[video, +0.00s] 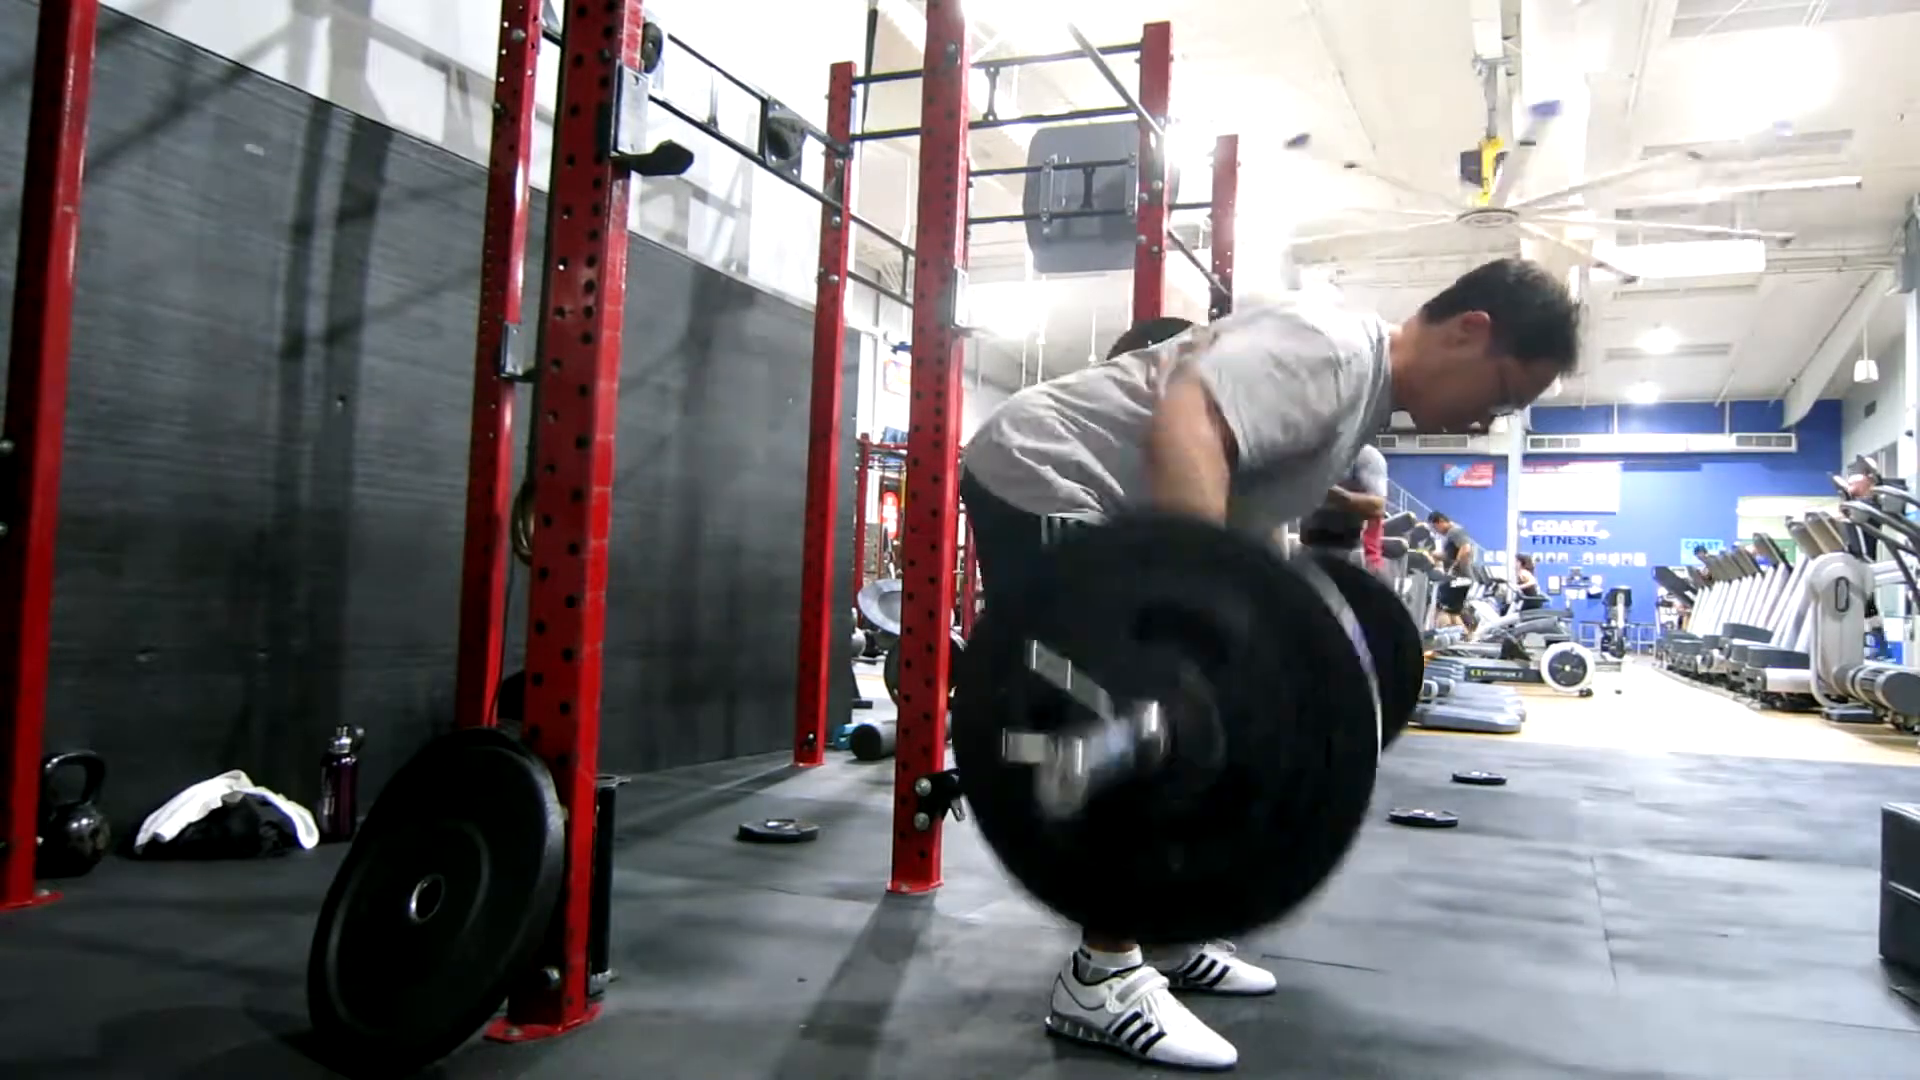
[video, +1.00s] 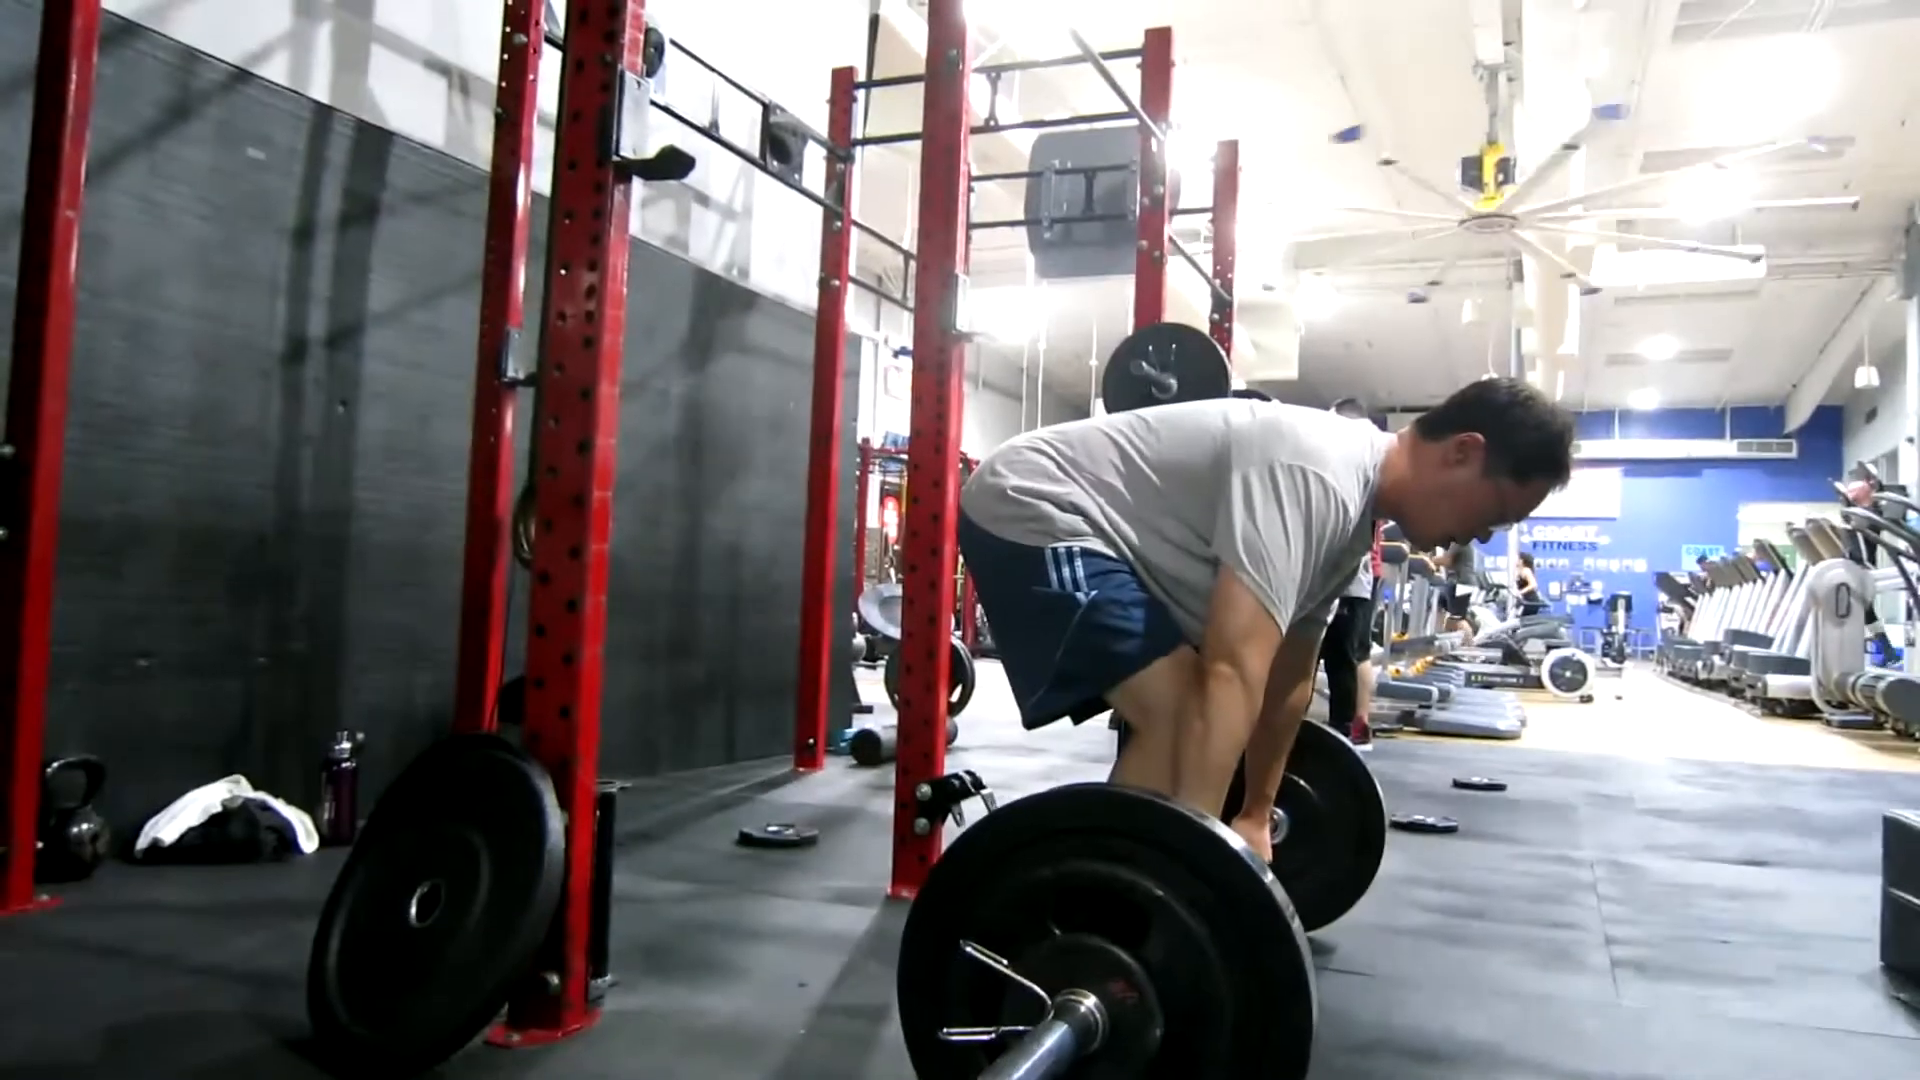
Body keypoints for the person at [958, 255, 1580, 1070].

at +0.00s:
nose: (1488, 424)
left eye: (1508, 410)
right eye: (1502, 398)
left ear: (1469, 332)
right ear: (1471, 334)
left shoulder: (1354, 387)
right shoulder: (1326, 351)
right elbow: (1185, 416)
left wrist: (1321, 503)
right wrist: (1204, 607)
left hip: (1113, 500)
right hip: (1046, 481)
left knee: (1174, 710)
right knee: (1117, 723)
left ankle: (1166, 939)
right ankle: (1102, 970)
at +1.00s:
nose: (1472, 542)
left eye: (1491, 531)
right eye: (1489, 521)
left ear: (1463, 456)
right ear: (1464, 456)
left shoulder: (1350, 518)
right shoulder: (1315, 472)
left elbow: (1290, 680)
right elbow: (1228, 667)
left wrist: (1256, 814)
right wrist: (1195, 846)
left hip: (1088, 528)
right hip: (1036, 505)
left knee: (1176, 715)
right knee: (1187, 697)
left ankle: (1104, 904)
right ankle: (1158, 901)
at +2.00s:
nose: (1506, 544)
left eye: (1524, 531)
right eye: (1520, 521)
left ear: (1487, 460)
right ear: (1488, 461)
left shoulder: (1369, 514)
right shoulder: (1334, 475)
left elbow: (1305, 691)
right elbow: (1247, 674)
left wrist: (1260, 821)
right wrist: (1192, 869)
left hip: (1096, 521)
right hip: (1051, 502)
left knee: (1190, 723)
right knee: (1202, 708)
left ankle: (1115, 909)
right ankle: (1151, 908)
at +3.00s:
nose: (1484, 517)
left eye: (1502, 505)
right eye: (1497, 494)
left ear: (1465, 436)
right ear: (1465, 434)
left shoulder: (1353, 524)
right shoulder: (1306, 470)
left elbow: (1287, 675)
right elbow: (1219, 666)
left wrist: (1266, 813)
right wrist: (1200, 857)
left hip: (1094, 545)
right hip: (1036, 522)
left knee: (1183, 727)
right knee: (1197, 710)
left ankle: (1117, 905)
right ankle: (1157, 910)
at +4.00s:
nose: (1491, 450)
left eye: (1509, 438)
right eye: (1505, 427)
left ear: (1476, 358)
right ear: (1476, 359)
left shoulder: (1350, 433)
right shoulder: (1337, 364)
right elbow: (1187, 416)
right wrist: (1226, 599)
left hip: (1115, 508)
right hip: (1044, 483)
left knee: (1175, 715)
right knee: (1121, 728)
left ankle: (1163, 946)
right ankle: (1104, 979)